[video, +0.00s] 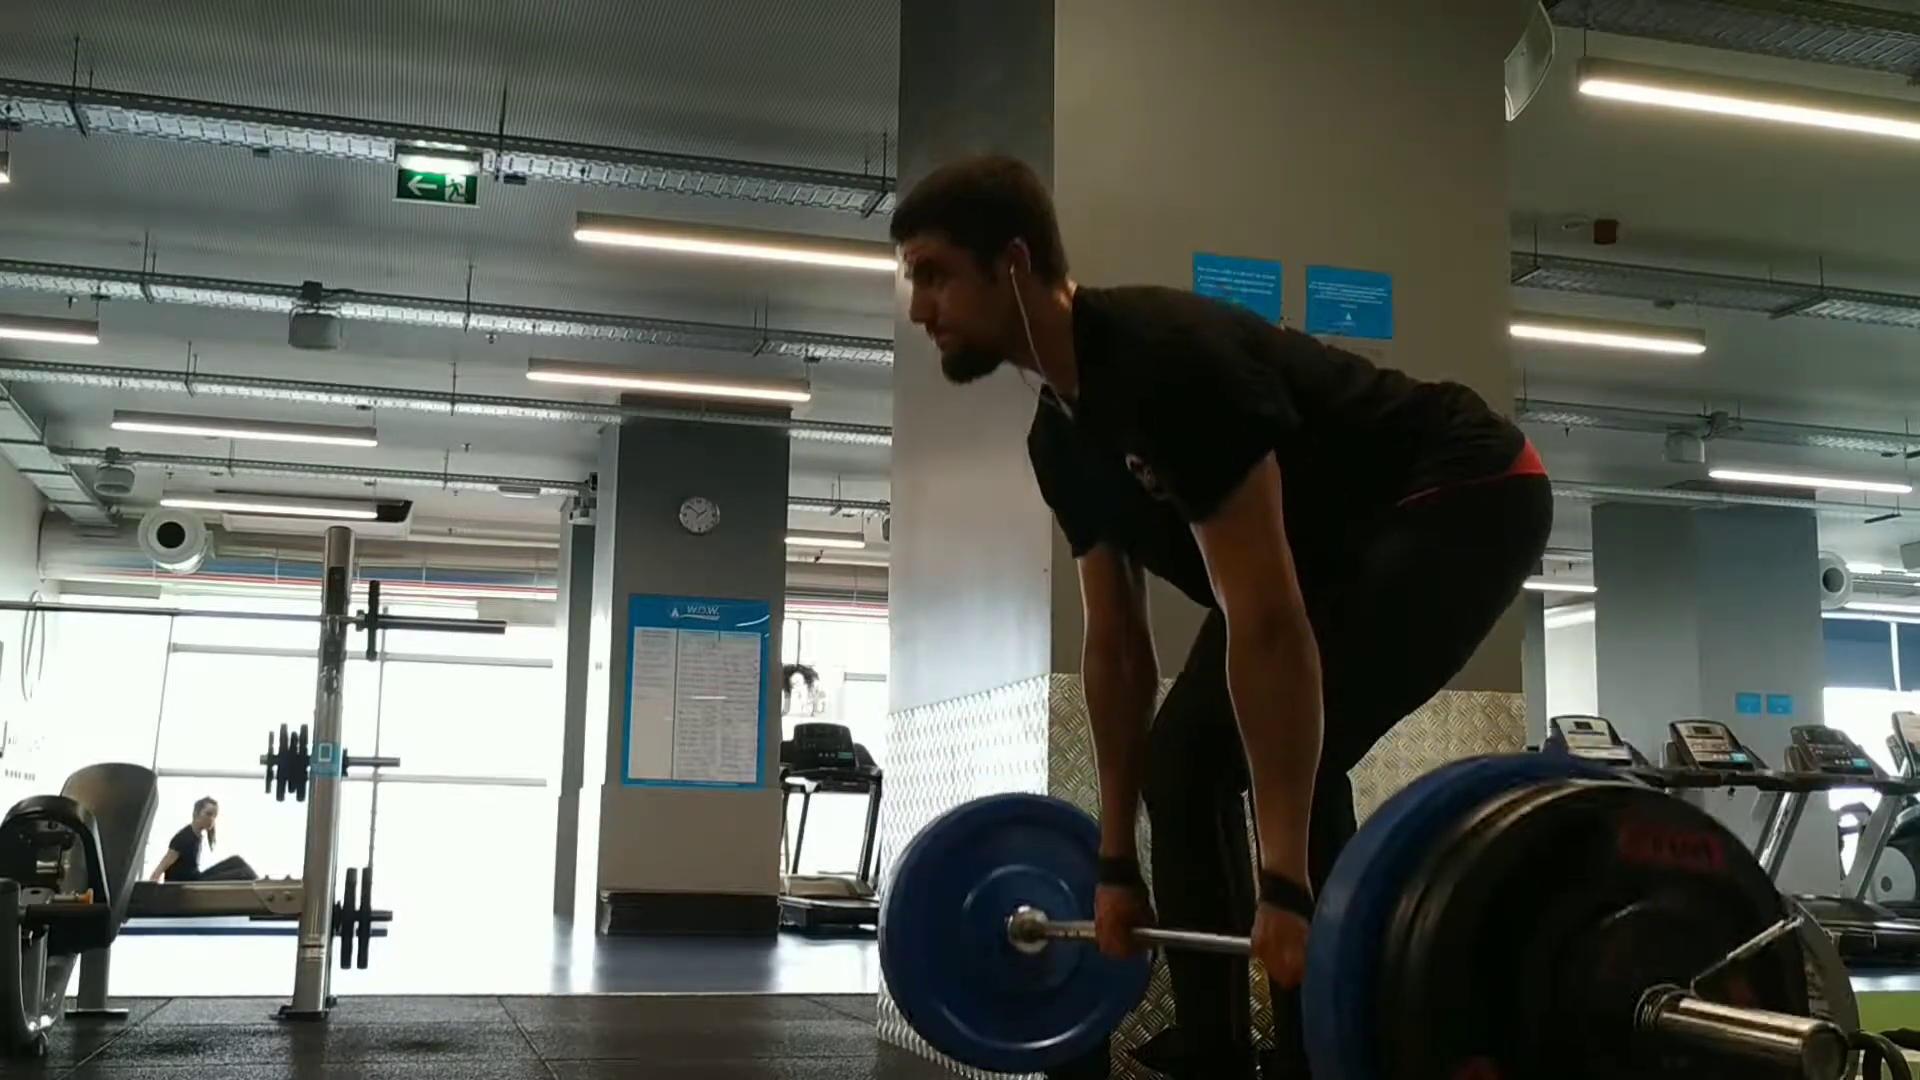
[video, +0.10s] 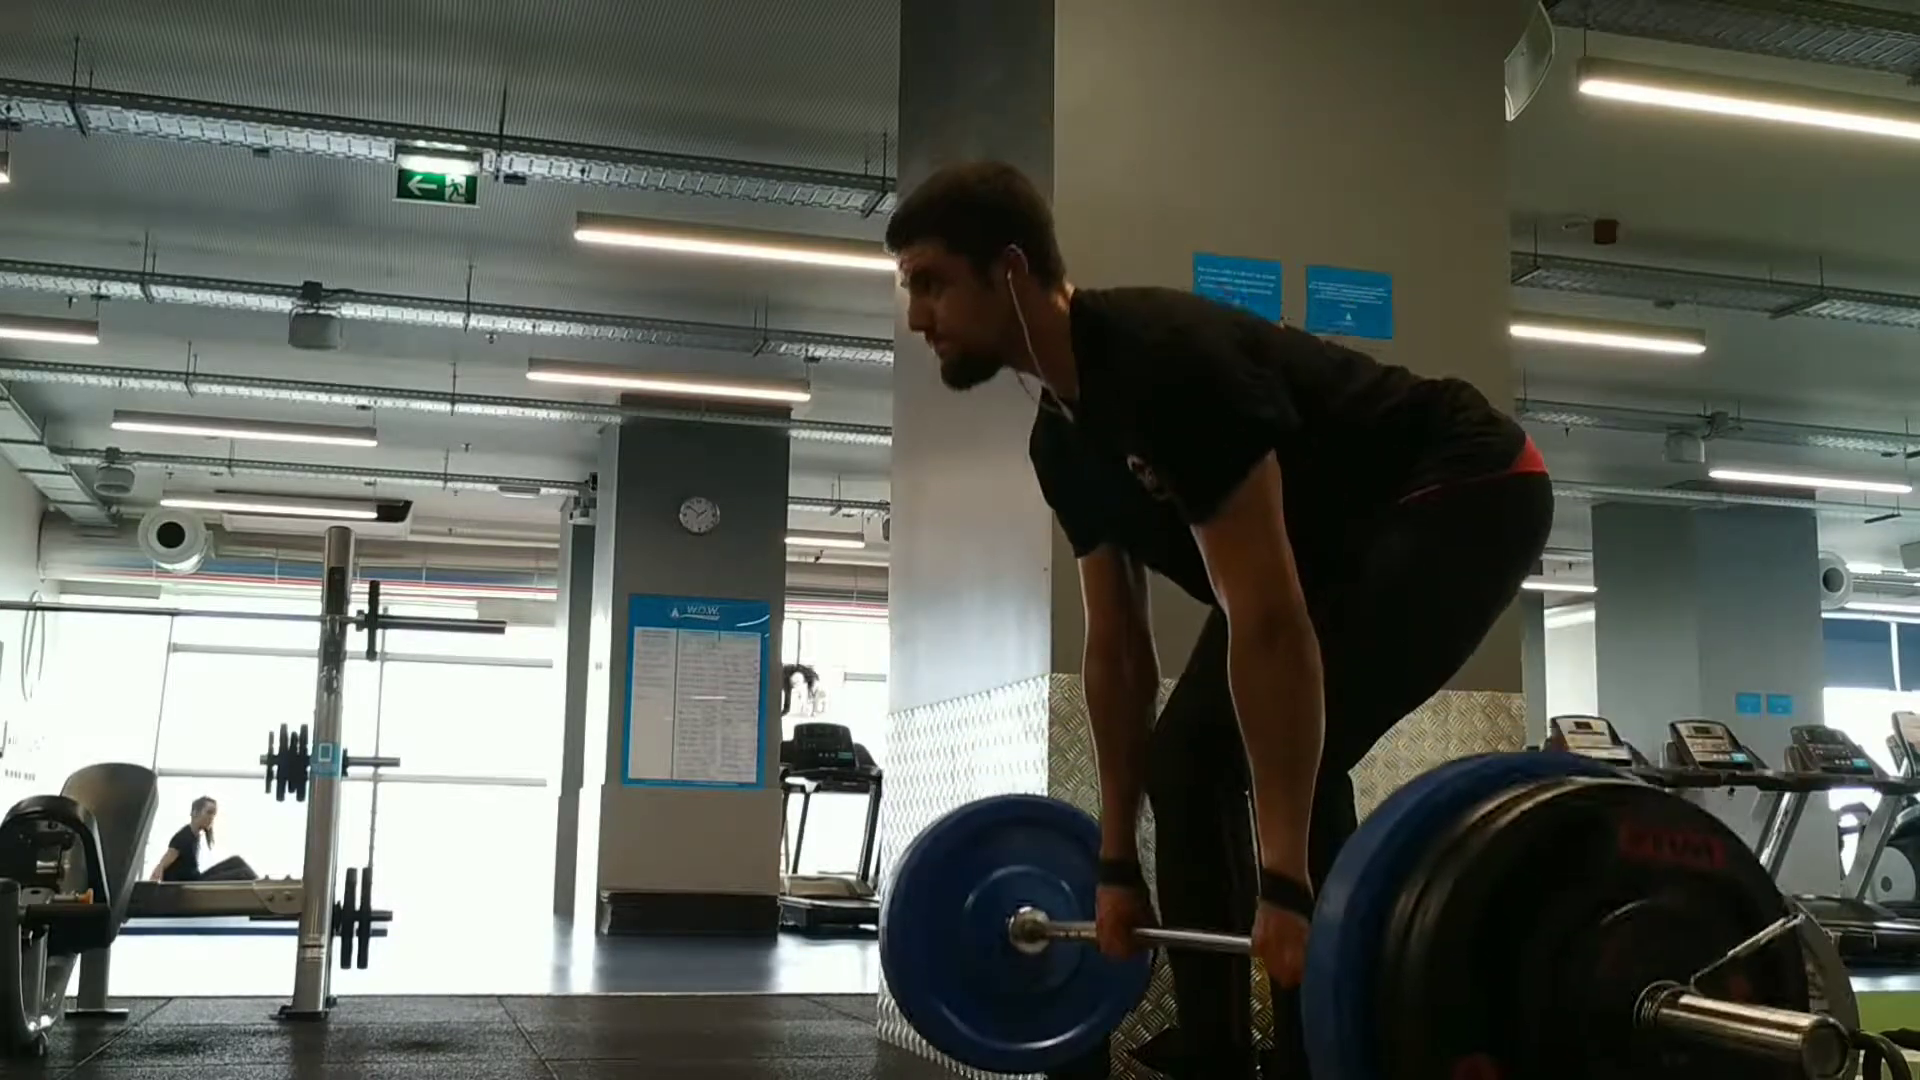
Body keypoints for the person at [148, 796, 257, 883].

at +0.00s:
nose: (211, 819)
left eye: (214, 816)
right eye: (208, 814)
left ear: (215, 818)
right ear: (198, 813)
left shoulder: (197, 836)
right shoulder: (184, 837)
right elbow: (162, 866)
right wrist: (149, 888)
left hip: (194, 880)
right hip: (184, 886)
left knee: (236, 861)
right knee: (240, 872)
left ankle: (259, 885)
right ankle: (260, 890)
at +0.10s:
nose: (212, 817)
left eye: (214, 814)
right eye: (209, 813)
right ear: (195, 813)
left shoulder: (195, 835)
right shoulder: (184, 836)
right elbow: (161, 866)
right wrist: (151, 888)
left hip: (193, 880)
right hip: (184, 886)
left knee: (235, 862)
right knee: (239, 872)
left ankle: (259, 885)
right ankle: (260, 890)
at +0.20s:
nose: (212, 817)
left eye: (213, 813)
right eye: (209, 812)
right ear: (195, 812)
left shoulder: (194, 835)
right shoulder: (185, 835)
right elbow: (160, 864)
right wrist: (154, 889)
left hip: (193, 881)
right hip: (184, 888)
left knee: (235, 862)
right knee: (239, 872)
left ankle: (259, 886)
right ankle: (261, 891)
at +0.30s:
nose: (212, 816)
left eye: (212, 812)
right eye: (209, 811)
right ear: (195, 811)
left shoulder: (193, 834)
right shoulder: (185, 834)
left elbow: (158, 861)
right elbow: (158, 861)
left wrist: (156, 884)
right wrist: (162, 887)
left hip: (193, 882)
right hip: (185, 888)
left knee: (235, 862)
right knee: (239, 873)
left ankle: (260, 886)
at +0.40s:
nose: (211, 815)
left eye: (211, 811)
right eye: (207, 810)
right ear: (193, 811)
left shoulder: (191, 833)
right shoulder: (184, 834)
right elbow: (159, 862)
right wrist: (164, 888)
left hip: (192, 882)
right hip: (183, 888)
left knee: (235, 862)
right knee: (238, 871)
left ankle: (259, 885)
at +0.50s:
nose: (210, 815)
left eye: (210, 811)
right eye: (206, 810)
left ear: (192, 812)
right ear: (192, 812)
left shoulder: (191, 833)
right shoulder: (182, 834)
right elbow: (164, 865)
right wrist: (166, 890)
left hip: (192, 882)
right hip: (183, 887)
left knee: (235, 862)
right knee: (239, 873)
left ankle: (258, 884)